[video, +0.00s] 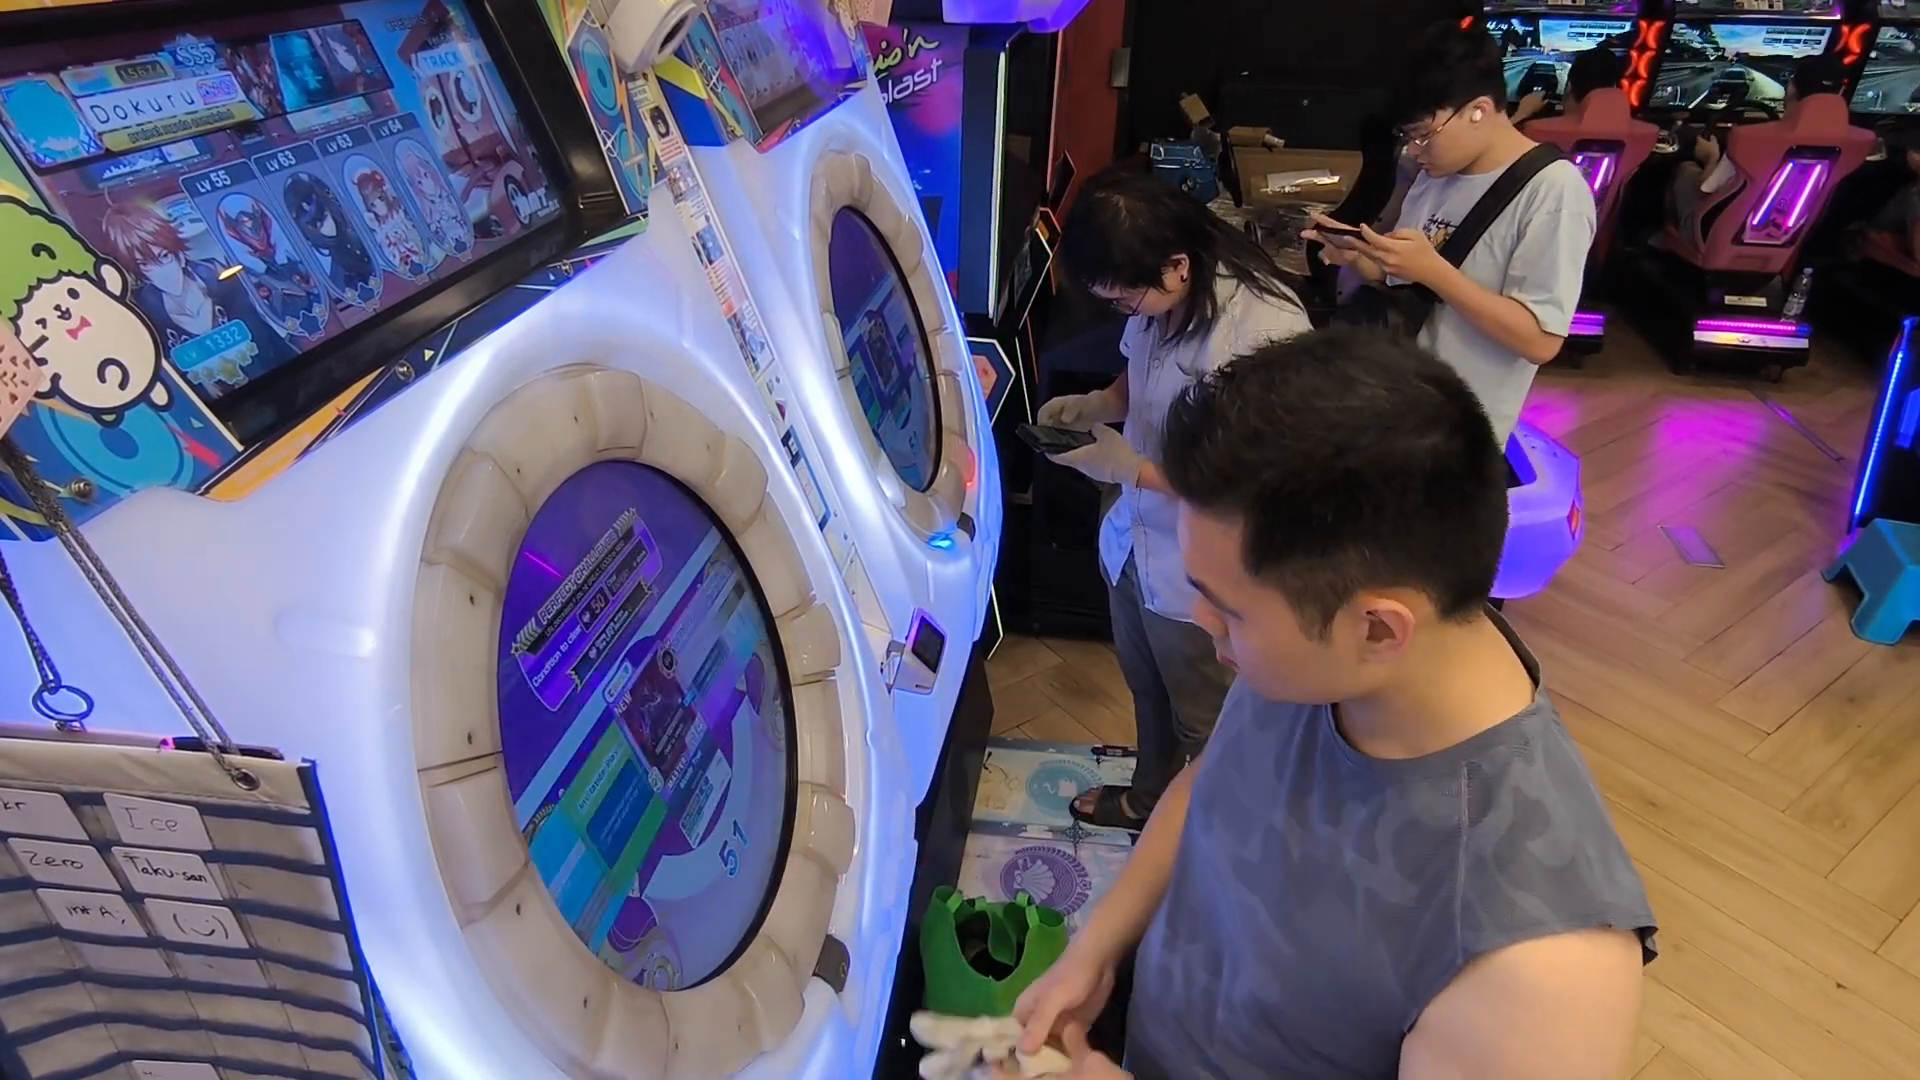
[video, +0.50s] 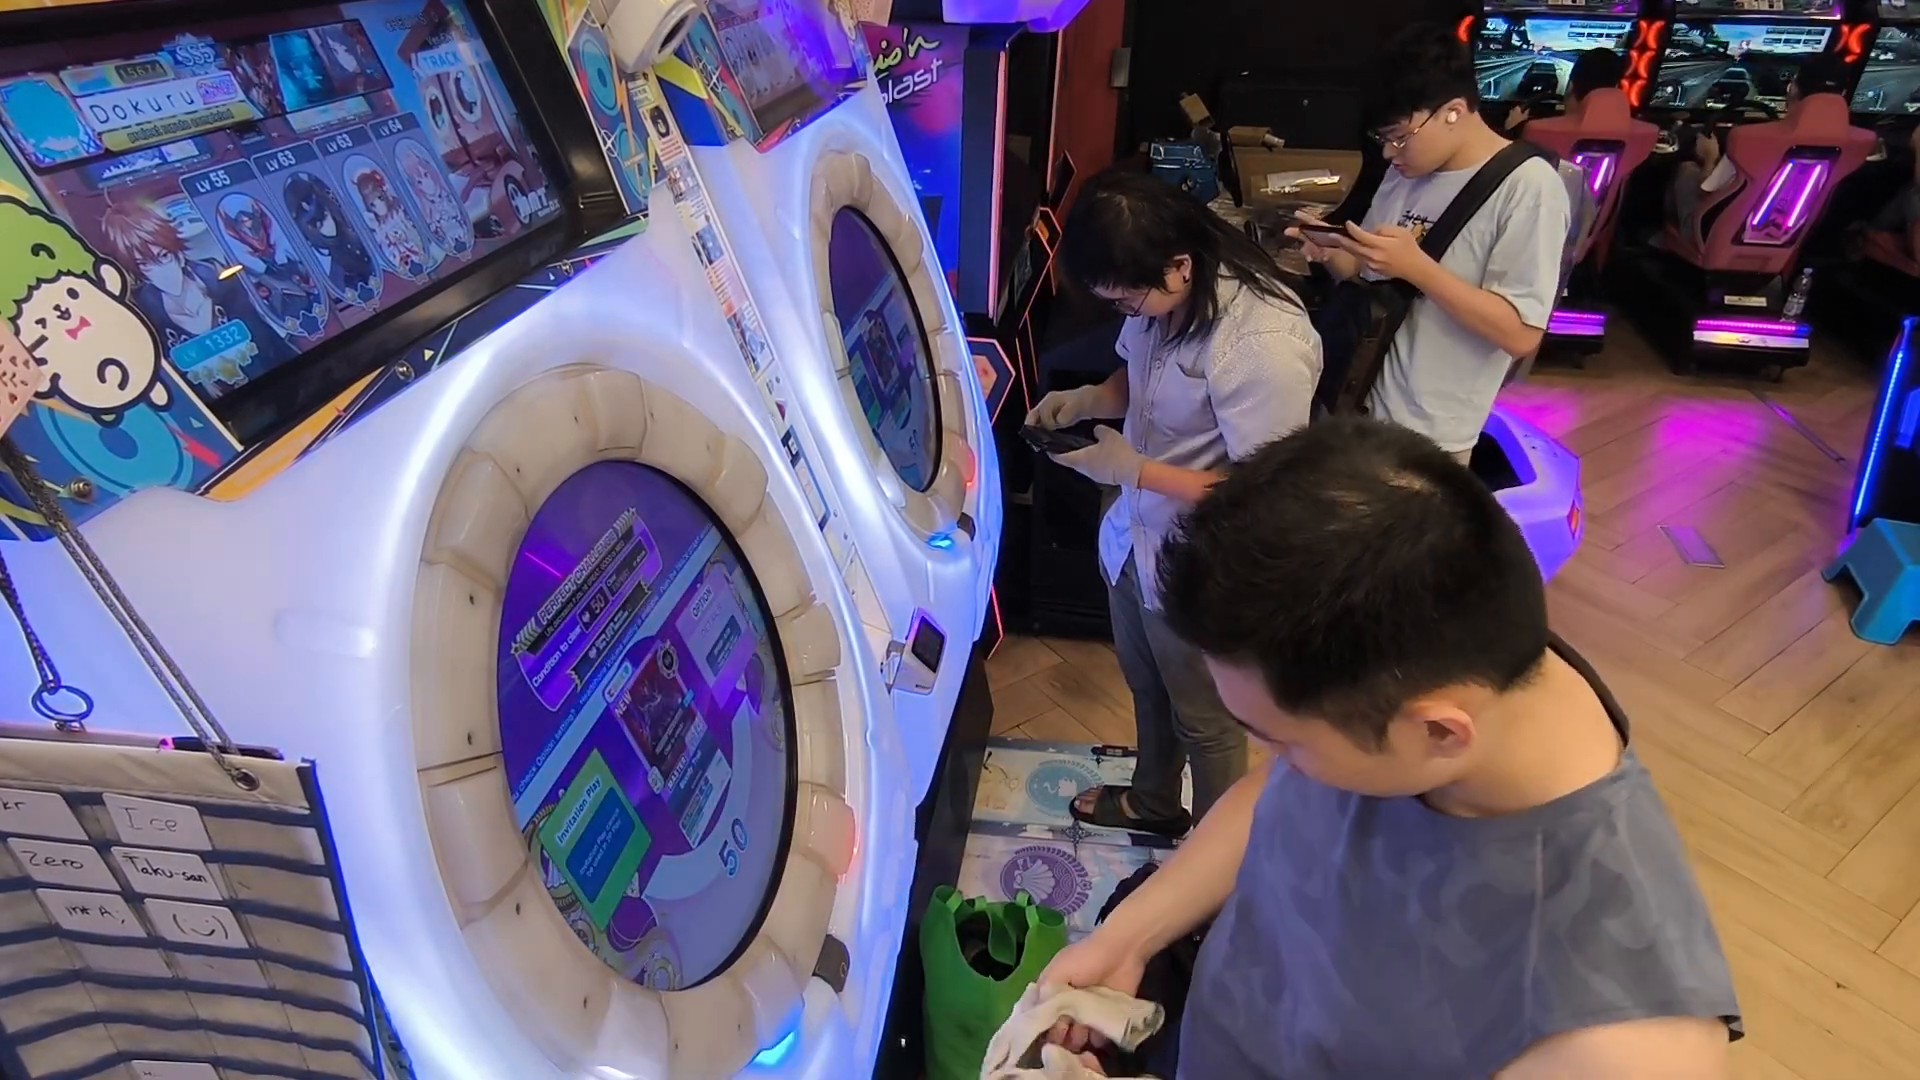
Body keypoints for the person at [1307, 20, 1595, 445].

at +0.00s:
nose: (1412, 152)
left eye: (1422, 135)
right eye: (1407, 137)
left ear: (1480, 111)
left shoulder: (1556, 189)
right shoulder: (1434, 175)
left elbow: (1542, 340)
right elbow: (1396, 282)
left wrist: (1431, 270)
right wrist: (1356, 257)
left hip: (1462, 437)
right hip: (1386, 406)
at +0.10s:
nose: (1407, 152)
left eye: (1417, 135)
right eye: (1402, 138)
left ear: (1473, 111)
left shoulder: (1552, 190)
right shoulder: (1430, 172)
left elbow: (1536, 339)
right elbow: (1393, 282)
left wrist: (1429, 270)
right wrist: (1354, 254)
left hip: (1455, 432)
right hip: (1381, 396)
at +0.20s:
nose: (1401, 153)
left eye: (1411, 135)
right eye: (1396, 138)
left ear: (1467, 111)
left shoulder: (1546, 188)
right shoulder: (1426, 172)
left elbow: (1530, 339)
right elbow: (1390, 279)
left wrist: (1424, 268)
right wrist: (1349, 253)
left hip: (1452, 429)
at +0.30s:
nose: (1396, 153)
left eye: (1405, 135)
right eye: (1391, 138)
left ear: (1461, 112)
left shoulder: (1541, 187)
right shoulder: (1420, 171)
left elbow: (1526, 337)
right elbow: (1384, 276)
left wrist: (1420, 267)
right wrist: (1344, 253)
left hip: (1441, 435)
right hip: (1371, 403)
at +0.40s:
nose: (1393, 153)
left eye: (1401, 136)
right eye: (1387, 138)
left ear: (1458, 111)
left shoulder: (1536, 186)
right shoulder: (1414, 167)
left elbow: (1521, 336)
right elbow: (1372, 267)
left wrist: (1416, 265)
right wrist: (1337, 250)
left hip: (1432, 437)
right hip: (1365, 404)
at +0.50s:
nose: (1389, 154)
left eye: (1397, 137)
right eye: (1383, 139)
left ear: (1454, 112)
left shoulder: (1531, 185)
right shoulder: (1407, 165)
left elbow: (1521, 333)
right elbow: (1365, 267)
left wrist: (1416, 267)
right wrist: (1331, 251)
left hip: (1432, 438)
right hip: (1363, 407)